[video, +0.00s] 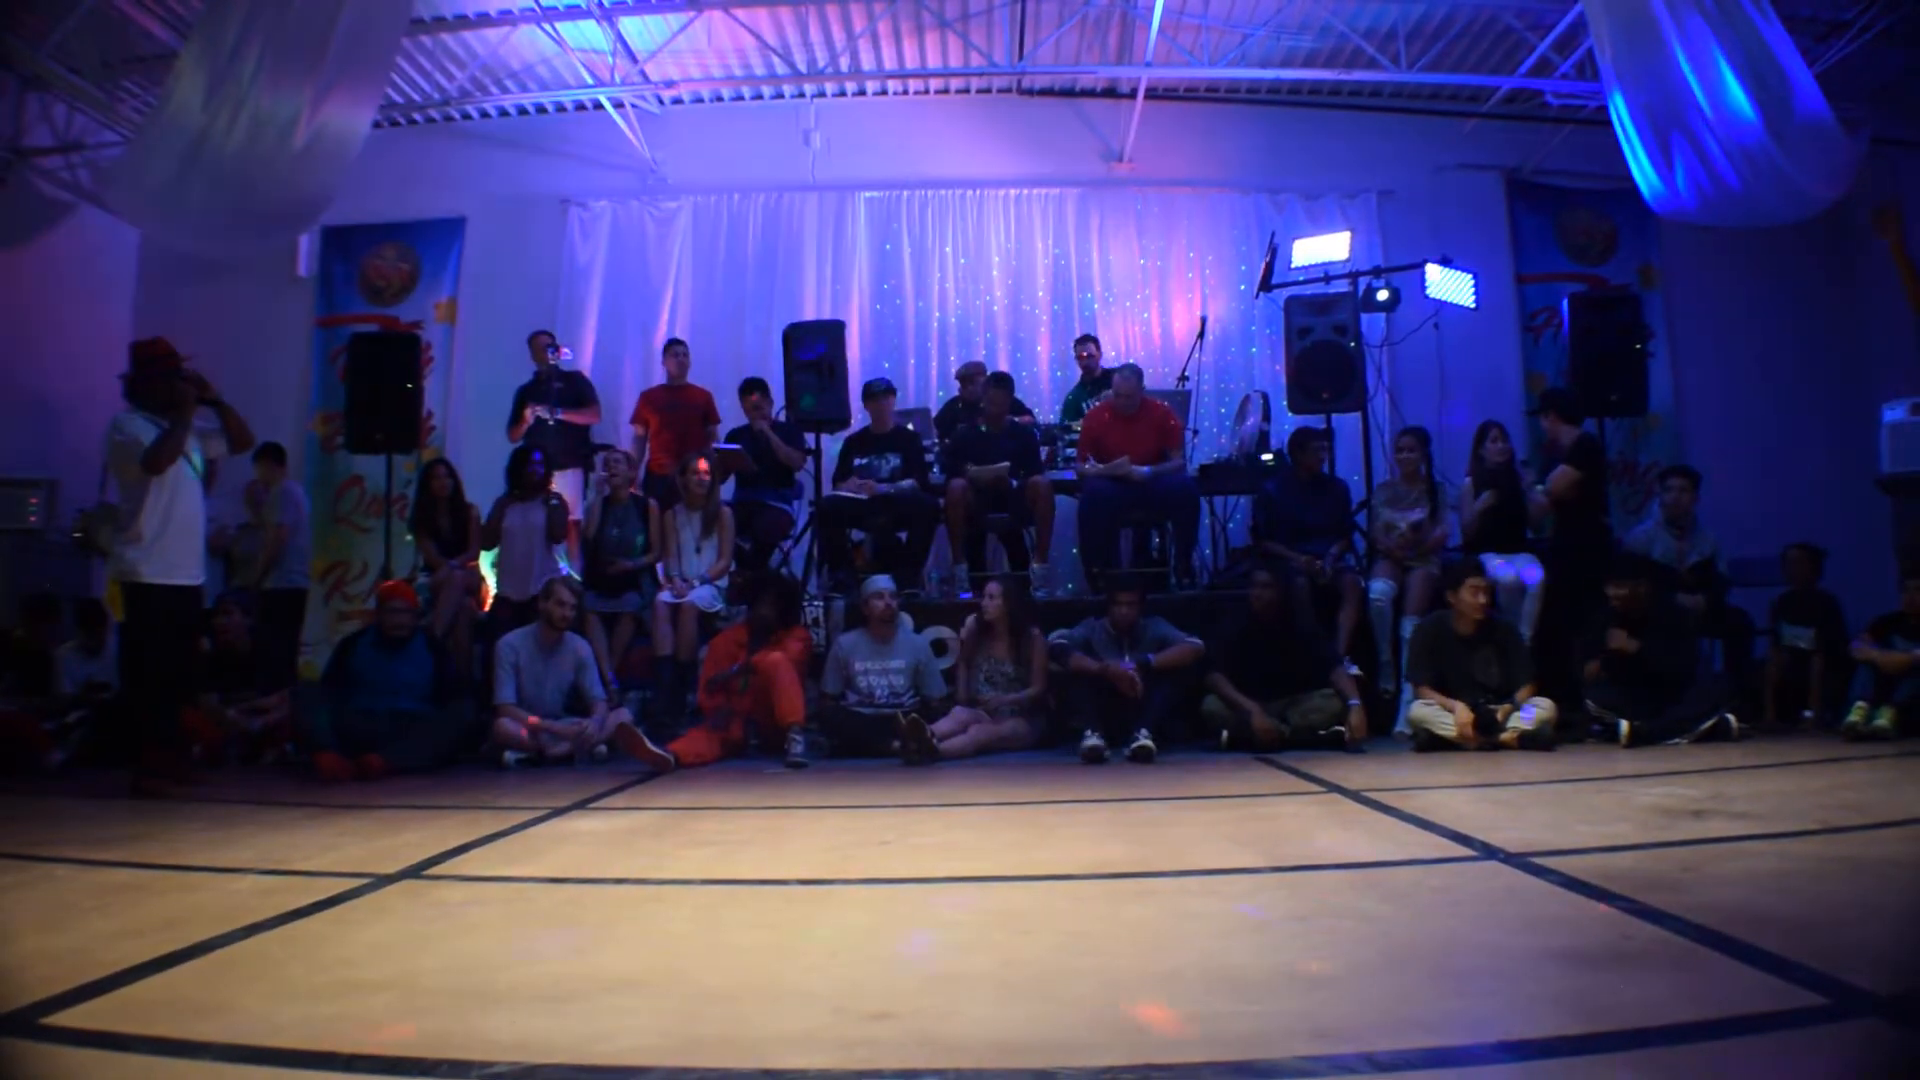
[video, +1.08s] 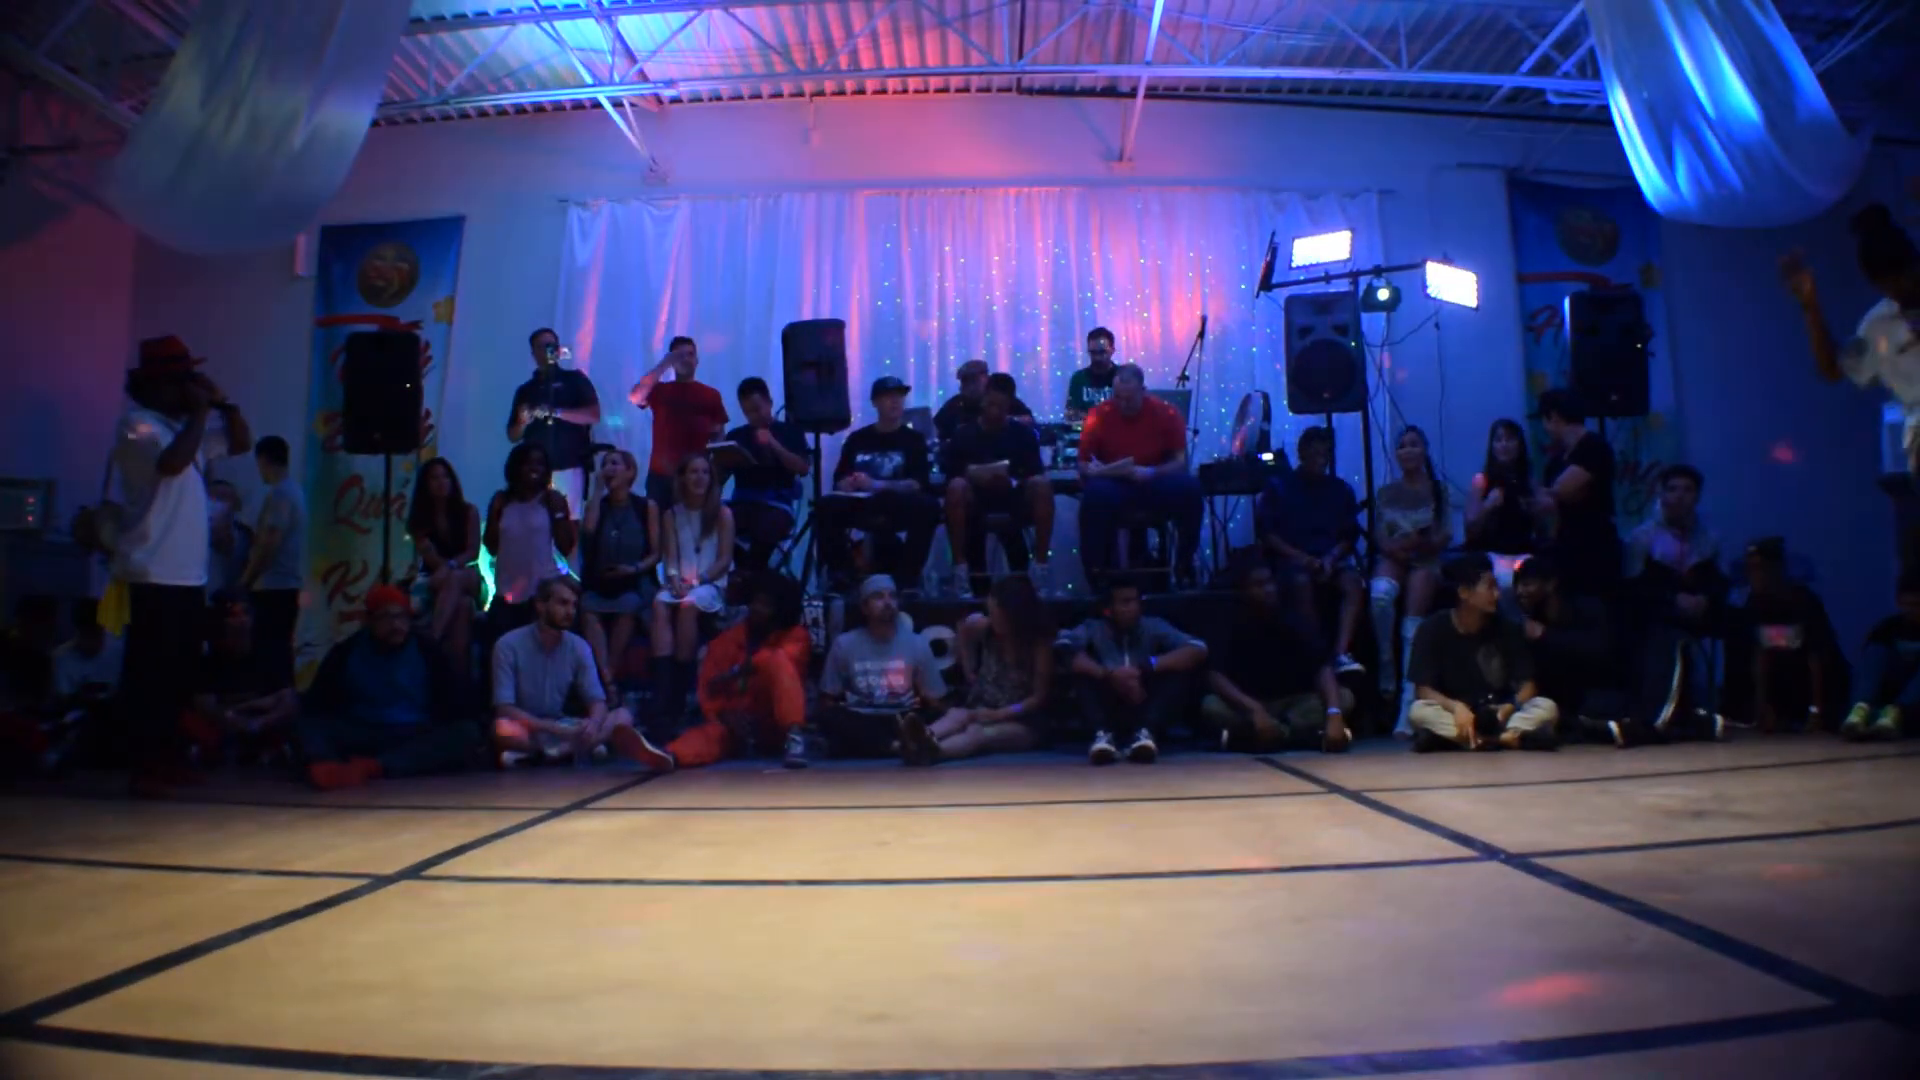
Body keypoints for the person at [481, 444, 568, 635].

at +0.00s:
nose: (536, 471)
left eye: (541, 465)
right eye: (530, 465)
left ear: (547, 470)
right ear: (517, 469)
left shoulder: (553, 502)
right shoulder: (504, 503)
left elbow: (558, 537)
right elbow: (487, 542)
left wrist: (553, 503)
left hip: (542, 592)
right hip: (508, 592)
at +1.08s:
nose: (534, 470)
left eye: (540, 465)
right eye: (528, 464)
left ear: (547, 470)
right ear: (515, 468)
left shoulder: (554, 500)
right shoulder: (501, 500)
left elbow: (566, 546)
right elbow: (491, 546)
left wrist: (557, 511)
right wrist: (496, 513)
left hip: (544, 593)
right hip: (508, 593)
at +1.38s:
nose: (534, 469)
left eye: (539, 464)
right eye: (528, 463)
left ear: (546, 469)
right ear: (516, 467)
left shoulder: (552, 502)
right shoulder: (501, 502)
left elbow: (561, 548)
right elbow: (491, 542)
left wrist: (558, 513)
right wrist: (508, 563)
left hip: (542, 588)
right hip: (508, 588)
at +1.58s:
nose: (534, 469)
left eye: (539, 463)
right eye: (528, 463)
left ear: (546, 469)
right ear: (515, 467)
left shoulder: (551, 501)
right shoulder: (500, 502)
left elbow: (561, 548)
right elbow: (491, 542)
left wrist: (557, 512)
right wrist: (510, 563)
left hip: (543, 592)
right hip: (508, 590)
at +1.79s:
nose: (534, 469)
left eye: (540, 464)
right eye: (528, 463)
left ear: (547, 469)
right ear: (516, 467)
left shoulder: (551, 501)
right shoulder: (499, 503)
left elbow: (561, 548)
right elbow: (491, 543)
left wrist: (559, 513)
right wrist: (511, 563)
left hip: (544, 591)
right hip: (508, 591)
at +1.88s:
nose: (535, 469)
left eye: (540, 463)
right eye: (529, 463)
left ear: (547, 468)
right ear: (517, 467)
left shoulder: (552, 501)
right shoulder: (500, 503)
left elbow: (561, 548)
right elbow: (493, 544)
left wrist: (559, 514)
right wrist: (512, 564)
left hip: (546, 588)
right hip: (509, 588)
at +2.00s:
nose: (535, 468)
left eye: (540, 463)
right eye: (529, 462)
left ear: (547, 468)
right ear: (516, 467)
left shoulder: (552, 501)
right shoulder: (500, 504)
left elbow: (561, 548)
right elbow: (493, 543)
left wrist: (558, 515)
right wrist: (509, 564)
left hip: (545, 580)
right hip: (510, 582)